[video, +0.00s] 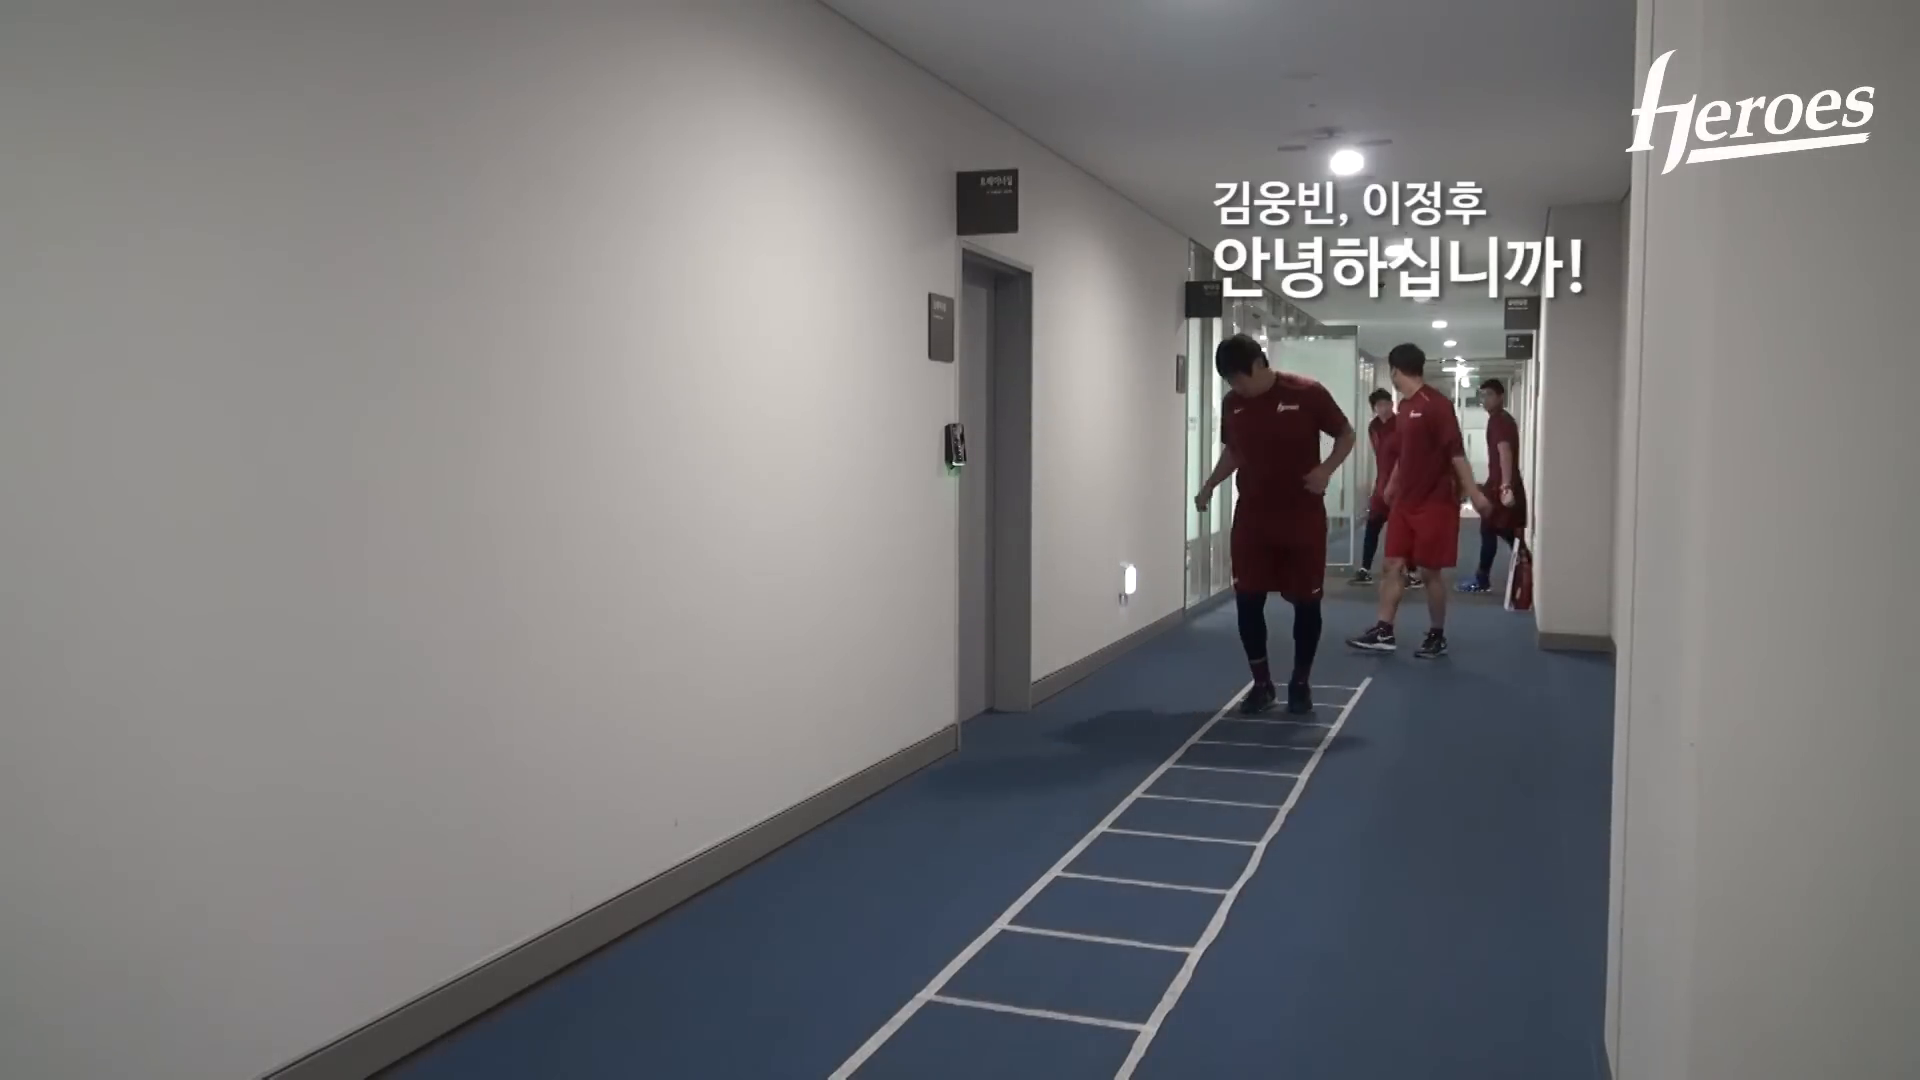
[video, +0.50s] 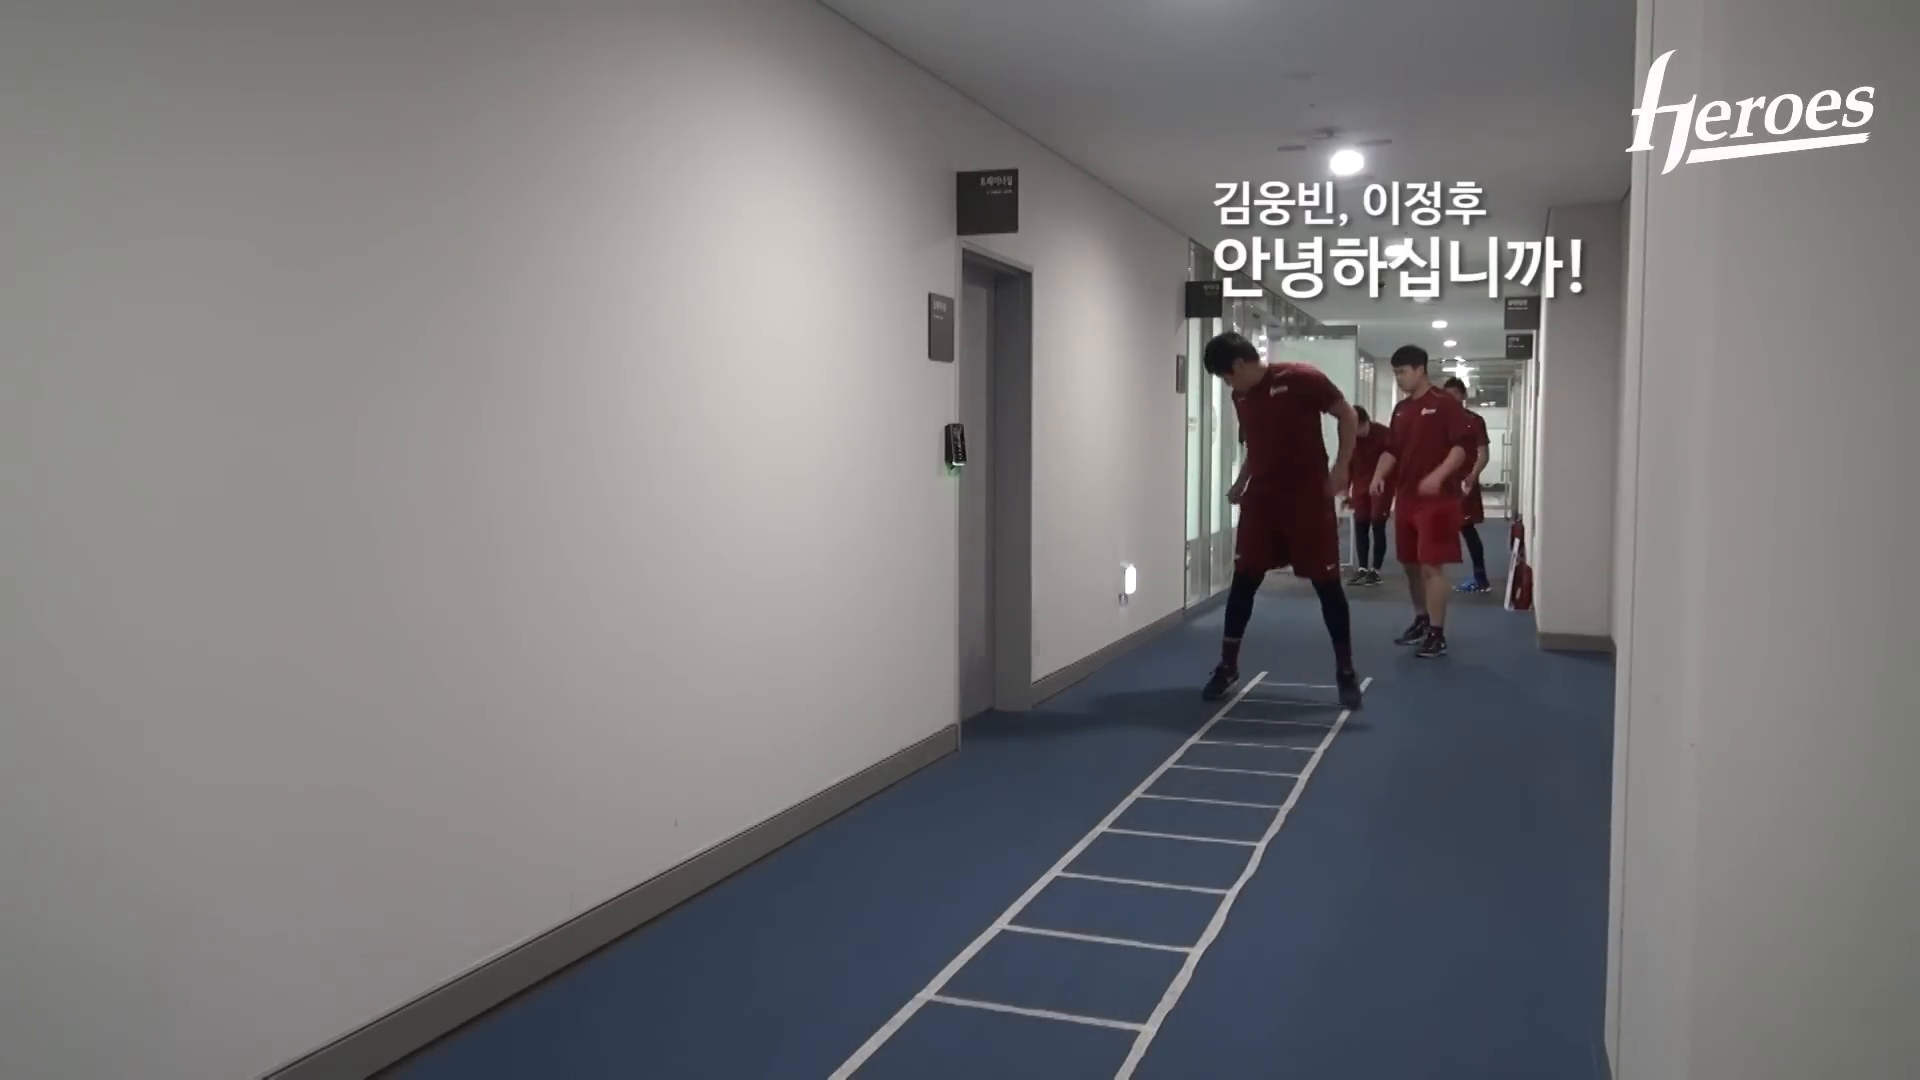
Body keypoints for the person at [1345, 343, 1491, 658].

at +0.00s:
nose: (1390, 377)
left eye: (1391, 372)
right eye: (1390, 372)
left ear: (1397, 371)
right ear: (1416, 369)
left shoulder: (1438, 404)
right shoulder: (1404, 406)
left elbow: (1456, 453)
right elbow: (1404, 453)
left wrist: (1473, 493)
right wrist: (1392, 483)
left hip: (1434, 502)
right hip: (1404, 500)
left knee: (1431, 571)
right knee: (1392, 564)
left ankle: (1436, 634)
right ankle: (1384, 630)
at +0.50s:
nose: (1397, 378)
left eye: (1401, 372)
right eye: (1395, 373)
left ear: (1420, 369)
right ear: (1403, 373)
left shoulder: (1446, 402)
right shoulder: (1402, 409)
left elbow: (1465, 444)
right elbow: (1391, 448)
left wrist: (1438, 475)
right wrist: (1378, 475)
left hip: (1437, 499)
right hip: (1407, 499)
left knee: (1431, 566)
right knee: (1411, 564)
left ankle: (1436, 633)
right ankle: (1423, 619)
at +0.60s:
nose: (1399, 378)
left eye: (1404, 372)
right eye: (1396, 374)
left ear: (1421, 371)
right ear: (1397, 376)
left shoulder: (1445, 404)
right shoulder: (1398, 411)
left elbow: (1463, 441)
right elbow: (1388, 449)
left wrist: (1430, 450)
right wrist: (1378, 471)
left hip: (1439, 500)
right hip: (1408, 500)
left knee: (1431, 565)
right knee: (1415, 564)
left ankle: (1436, 633)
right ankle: (1425, 621)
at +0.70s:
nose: (1402, 379)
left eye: (1407, 374)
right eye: (1397, 374)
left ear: (1422, 373)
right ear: (1393, 376)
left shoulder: (1443, 404)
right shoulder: (1394, 412)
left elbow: (1461, 438)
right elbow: (1386, 453)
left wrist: (1428, 423)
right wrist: (1374, 481)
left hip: (1438, 498)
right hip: (1406, 498)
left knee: (1433, 565)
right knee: (1416, 564)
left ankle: (1436, 631)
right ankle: (1424, 622)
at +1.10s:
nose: (1416, 376)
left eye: (1422, 371)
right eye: (1411, 370)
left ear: (1433, 373)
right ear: (1403, 372)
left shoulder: (1450, 401)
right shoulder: (1390, 409)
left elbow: (1483, 408)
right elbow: (1382, 452)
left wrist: (1452, 380)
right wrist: (1375, 489)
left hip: (1444, 496)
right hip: (1408, 498)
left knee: (1448, 564)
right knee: (1419, 565)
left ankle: (1457, 629)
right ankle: (1424, 624)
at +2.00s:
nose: (1450, 371)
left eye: (1456, 366)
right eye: (1445, 365)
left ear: (1468, 369)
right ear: (1439, 367)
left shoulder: (1485, 402)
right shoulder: (1423, 404)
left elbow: (1520, 420)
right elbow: (1407, 450)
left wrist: (1489, 387)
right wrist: (1392, 486)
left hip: (1465, 499)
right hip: (1425, 496)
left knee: (1461, 570)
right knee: (1406, 561)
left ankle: (1460, 631)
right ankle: (1416, 617)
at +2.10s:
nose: (1446, 371)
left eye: (1453, 366)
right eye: (1442, 365)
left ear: (1465, 368)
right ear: (1436, 367)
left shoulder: (1483, 402)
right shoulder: (1422, 405)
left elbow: (1517, 432)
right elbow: (1406, 451)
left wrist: (1495, 417)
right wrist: (1392, 489)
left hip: (1462, 501)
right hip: (1423, 498)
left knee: (1460, 570)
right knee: (1403, 562)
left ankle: (1459, 631)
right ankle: (1405, 624)